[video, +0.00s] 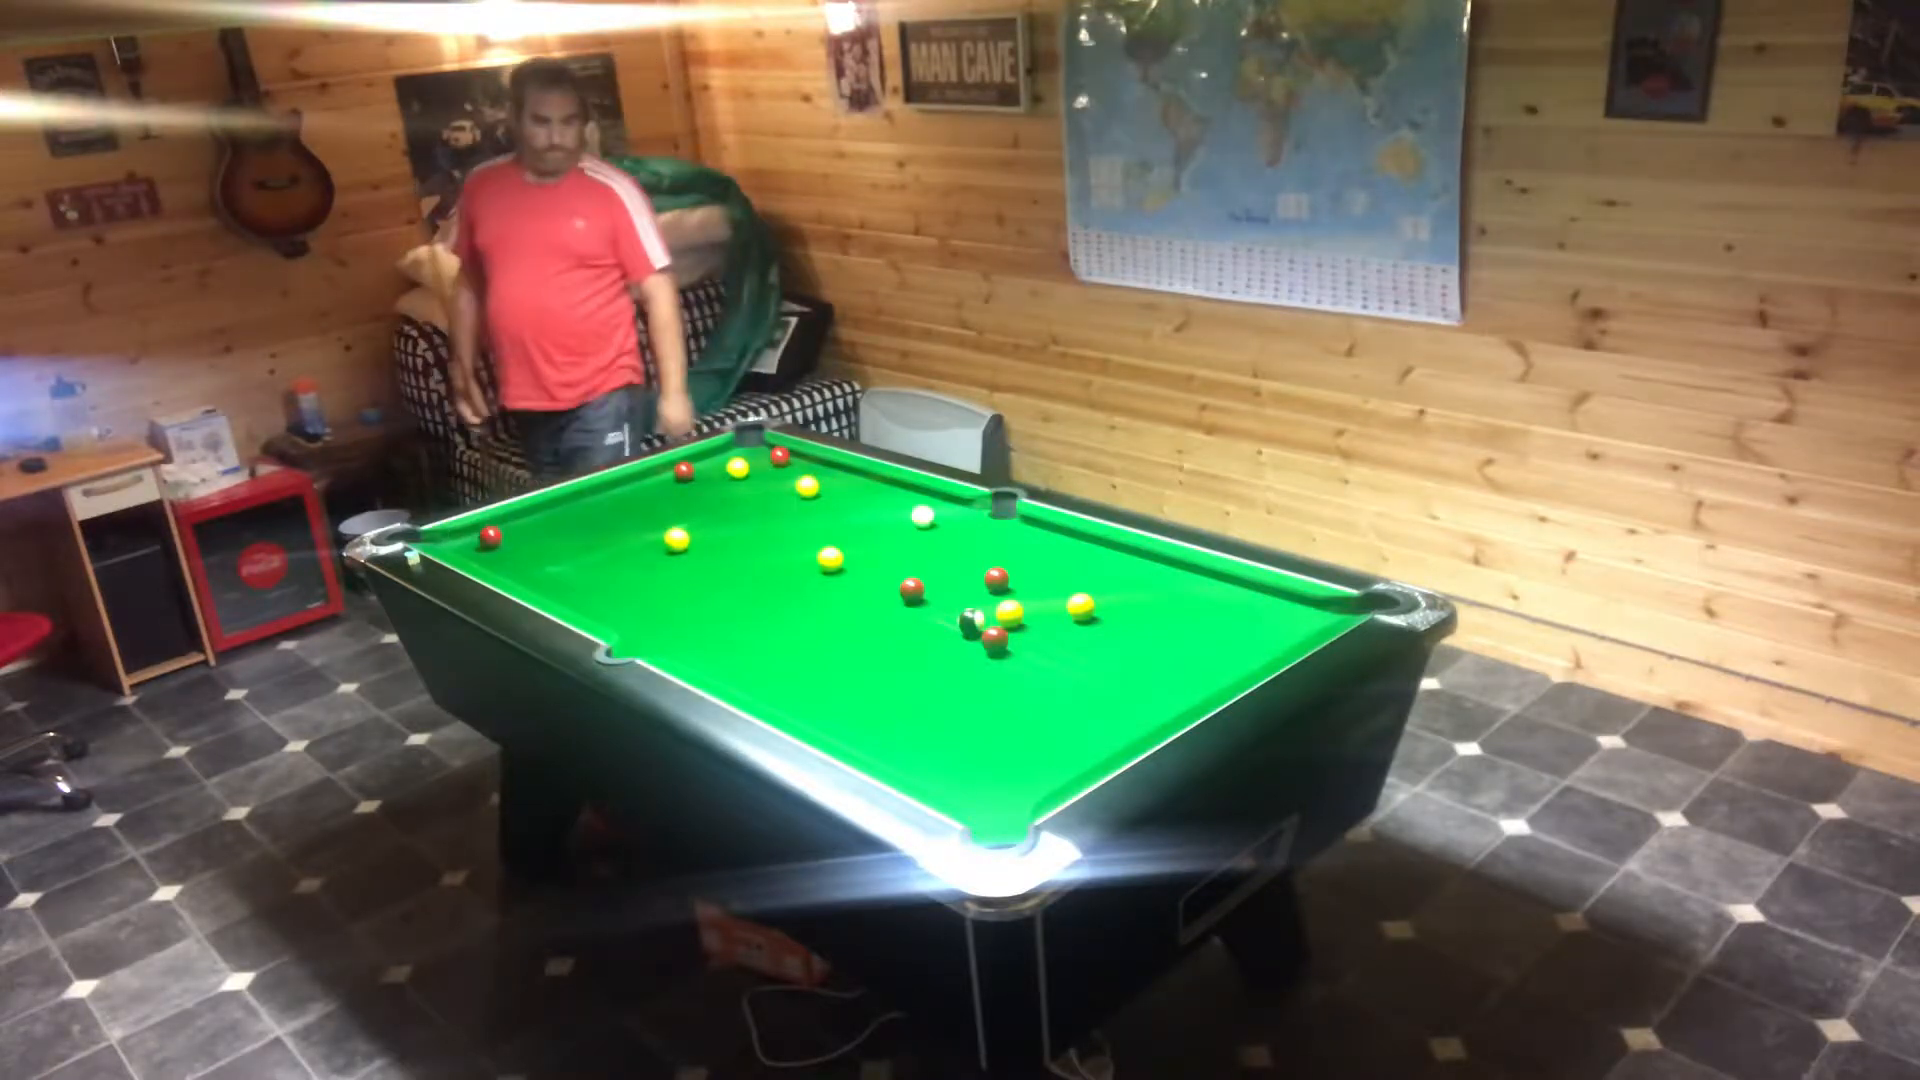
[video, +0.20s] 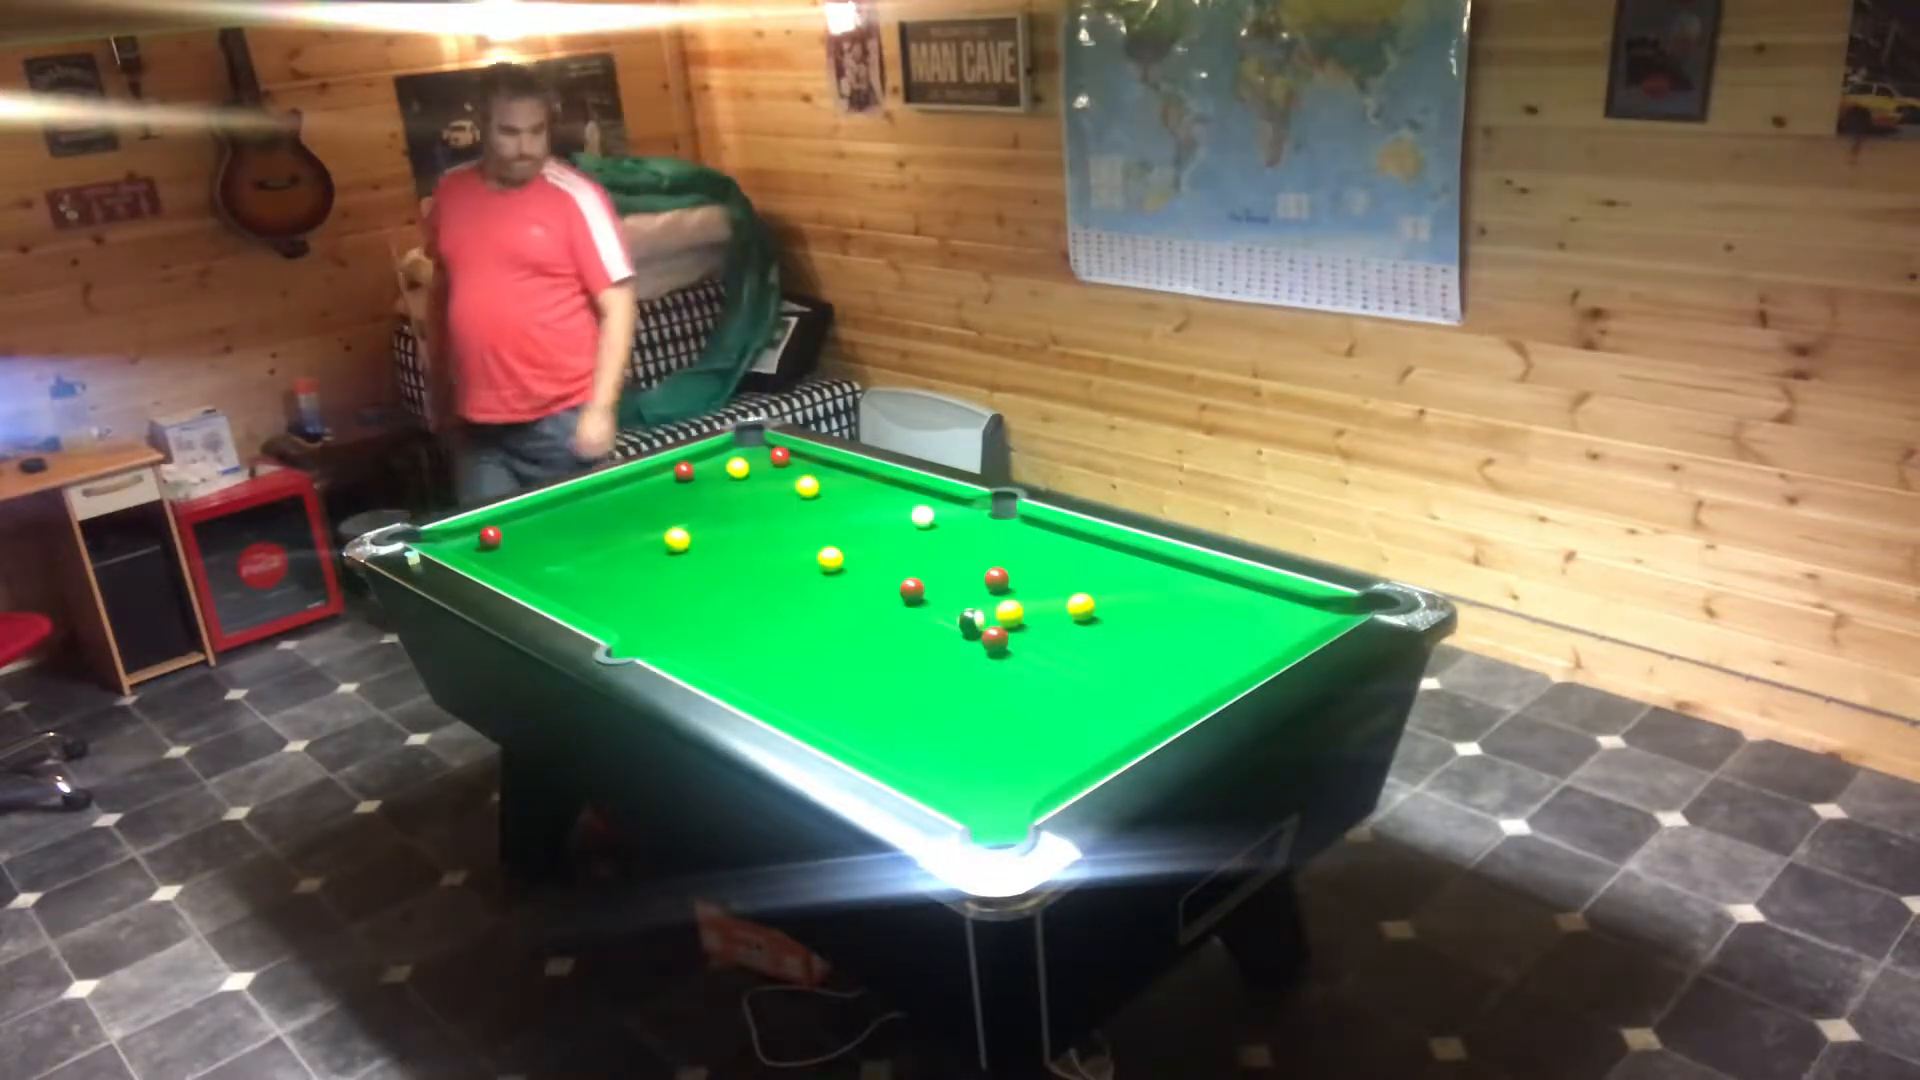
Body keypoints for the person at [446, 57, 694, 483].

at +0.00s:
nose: (555, 137)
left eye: (568, 122)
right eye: (540, 122)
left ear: (585, 125)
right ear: (515, 124)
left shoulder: (614, 191)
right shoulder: (481, 189)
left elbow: (659, 291)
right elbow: (468, 284)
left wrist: (674, 392)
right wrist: (463, 368)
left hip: (605, 398)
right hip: (526, 406)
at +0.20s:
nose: (525, 147)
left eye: (537, 132)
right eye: (509, 133)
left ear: (549, 130)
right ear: (482, 131)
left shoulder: (578, 199)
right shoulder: (450, 193)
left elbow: (619, 304)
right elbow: (441, 289)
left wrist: (601, 407)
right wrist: (441, 388)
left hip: (564, 425)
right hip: (479, 428)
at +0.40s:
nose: (464, 162)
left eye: (477, 144)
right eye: (447, 147)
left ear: (497, 140)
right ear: (421, 148)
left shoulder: (528, 211)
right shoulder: (403, 216)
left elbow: (580, 319)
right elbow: (401, 317)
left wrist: (522, 413)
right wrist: (403, 408)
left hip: (527, 445)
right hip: (441, 447)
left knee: (544, 594)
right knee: (455, 594)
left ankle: (561, 732)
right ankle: (450, 704)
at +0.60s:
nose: (393, 172)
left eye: (407, 155)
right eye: (377, 158)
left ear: (430, 151)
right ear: (354, 159)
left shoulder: (467, 224)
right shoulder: (337, 228)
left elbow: (523, 332)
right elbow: (328, 323)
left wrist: (461, 423)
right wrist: (333, 398)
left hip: (467, 458)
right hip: (383, 463)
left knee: (491, 596)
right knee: (406, 600)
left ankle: (532, 726)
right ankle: (422, 720)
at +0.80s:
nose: (343, 177)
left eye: (356, 159)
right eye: (325, 163)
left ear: (375, 153)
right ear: (301, 164)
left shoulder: (416, 228)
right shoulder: (284, 233)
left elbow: (479, 336)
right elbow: (280, 338)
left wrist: (426, 428)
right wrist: (281, 427)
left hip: (417, 462)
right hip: (335, 469)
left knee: (426, 602)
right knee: (375, 606)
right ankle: (421, 722)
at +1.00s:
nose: (298, 190)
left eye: (313, 171)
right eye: (279, 175)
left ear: (333, 167)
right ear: (249, 178)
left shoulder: (372, 241)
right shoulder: (233, 253)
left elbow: (433, 354)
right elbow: (216, 359)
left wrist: (397, 447)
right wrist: (207, 457)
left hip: (372, 485)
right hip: (291, 493)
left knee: (349, 644)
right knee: (364, 615)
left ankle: (371, 775)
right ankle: (421, 715)